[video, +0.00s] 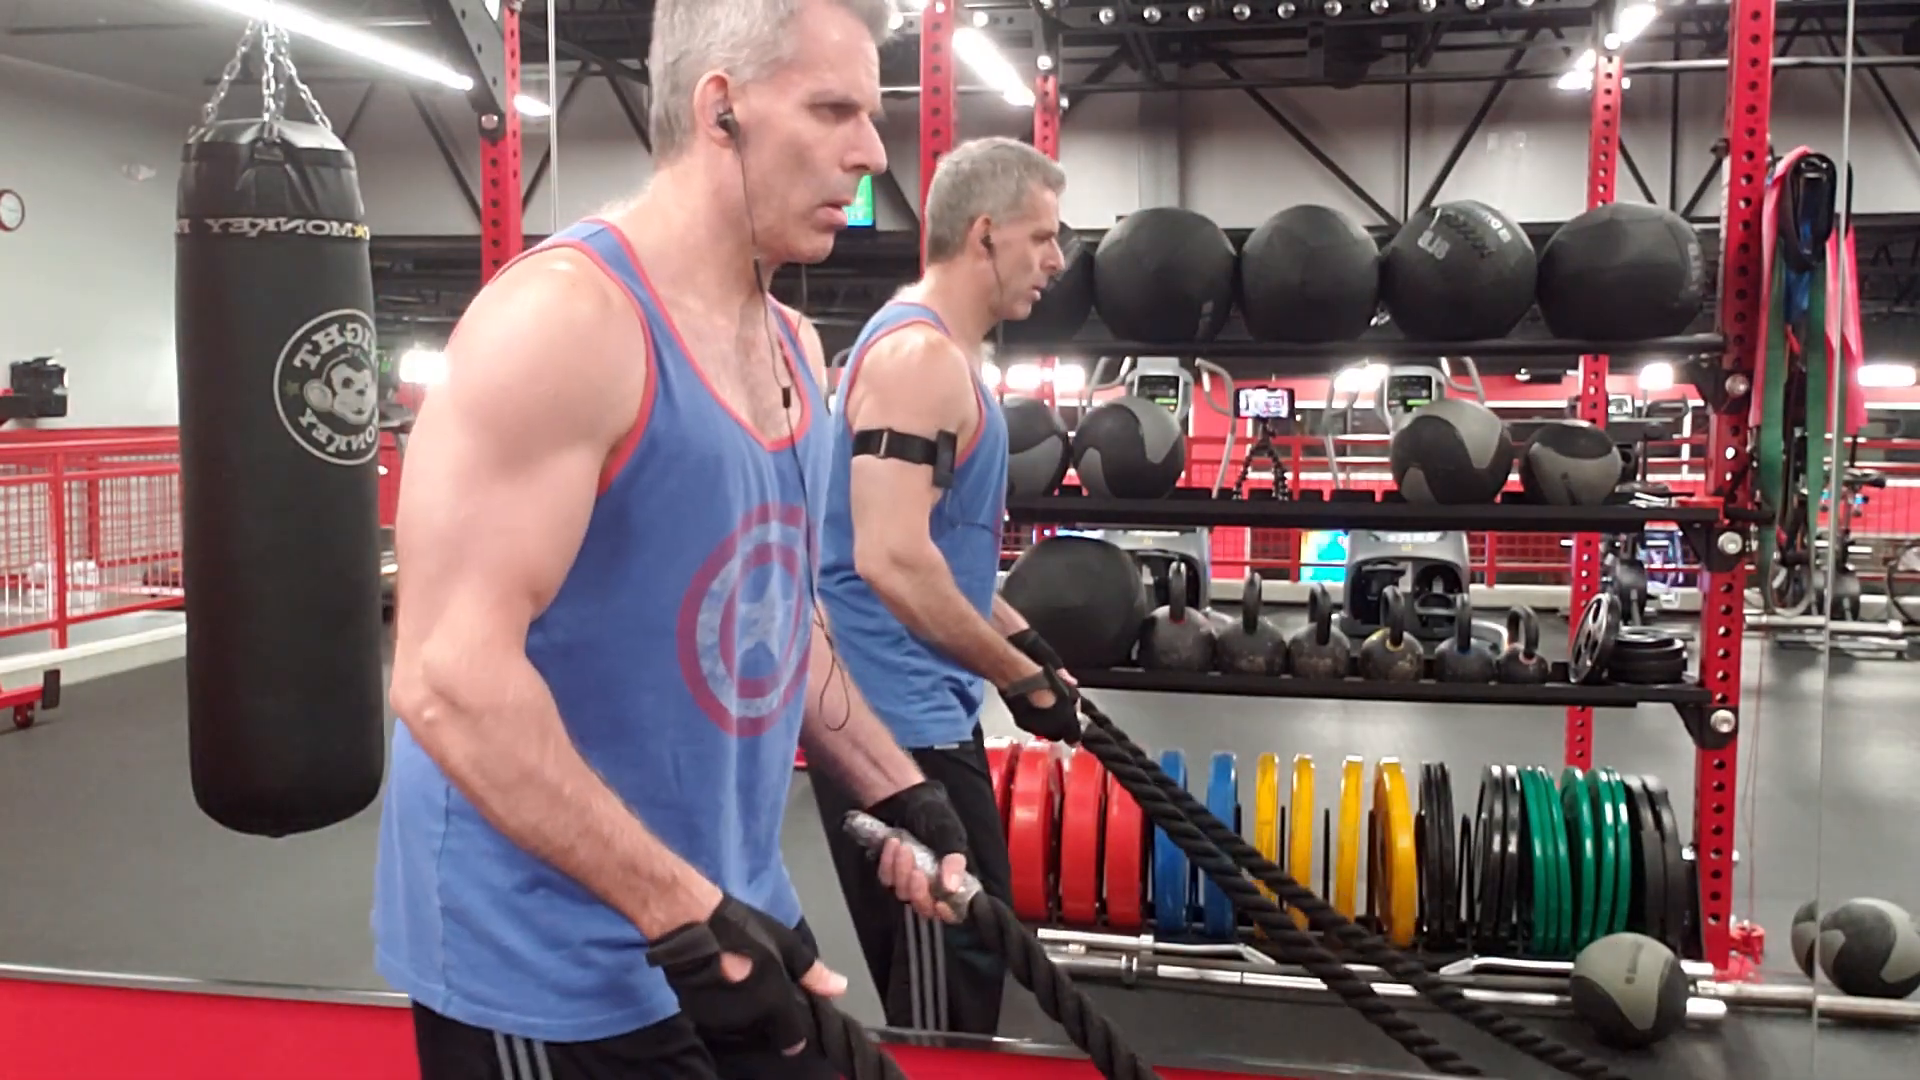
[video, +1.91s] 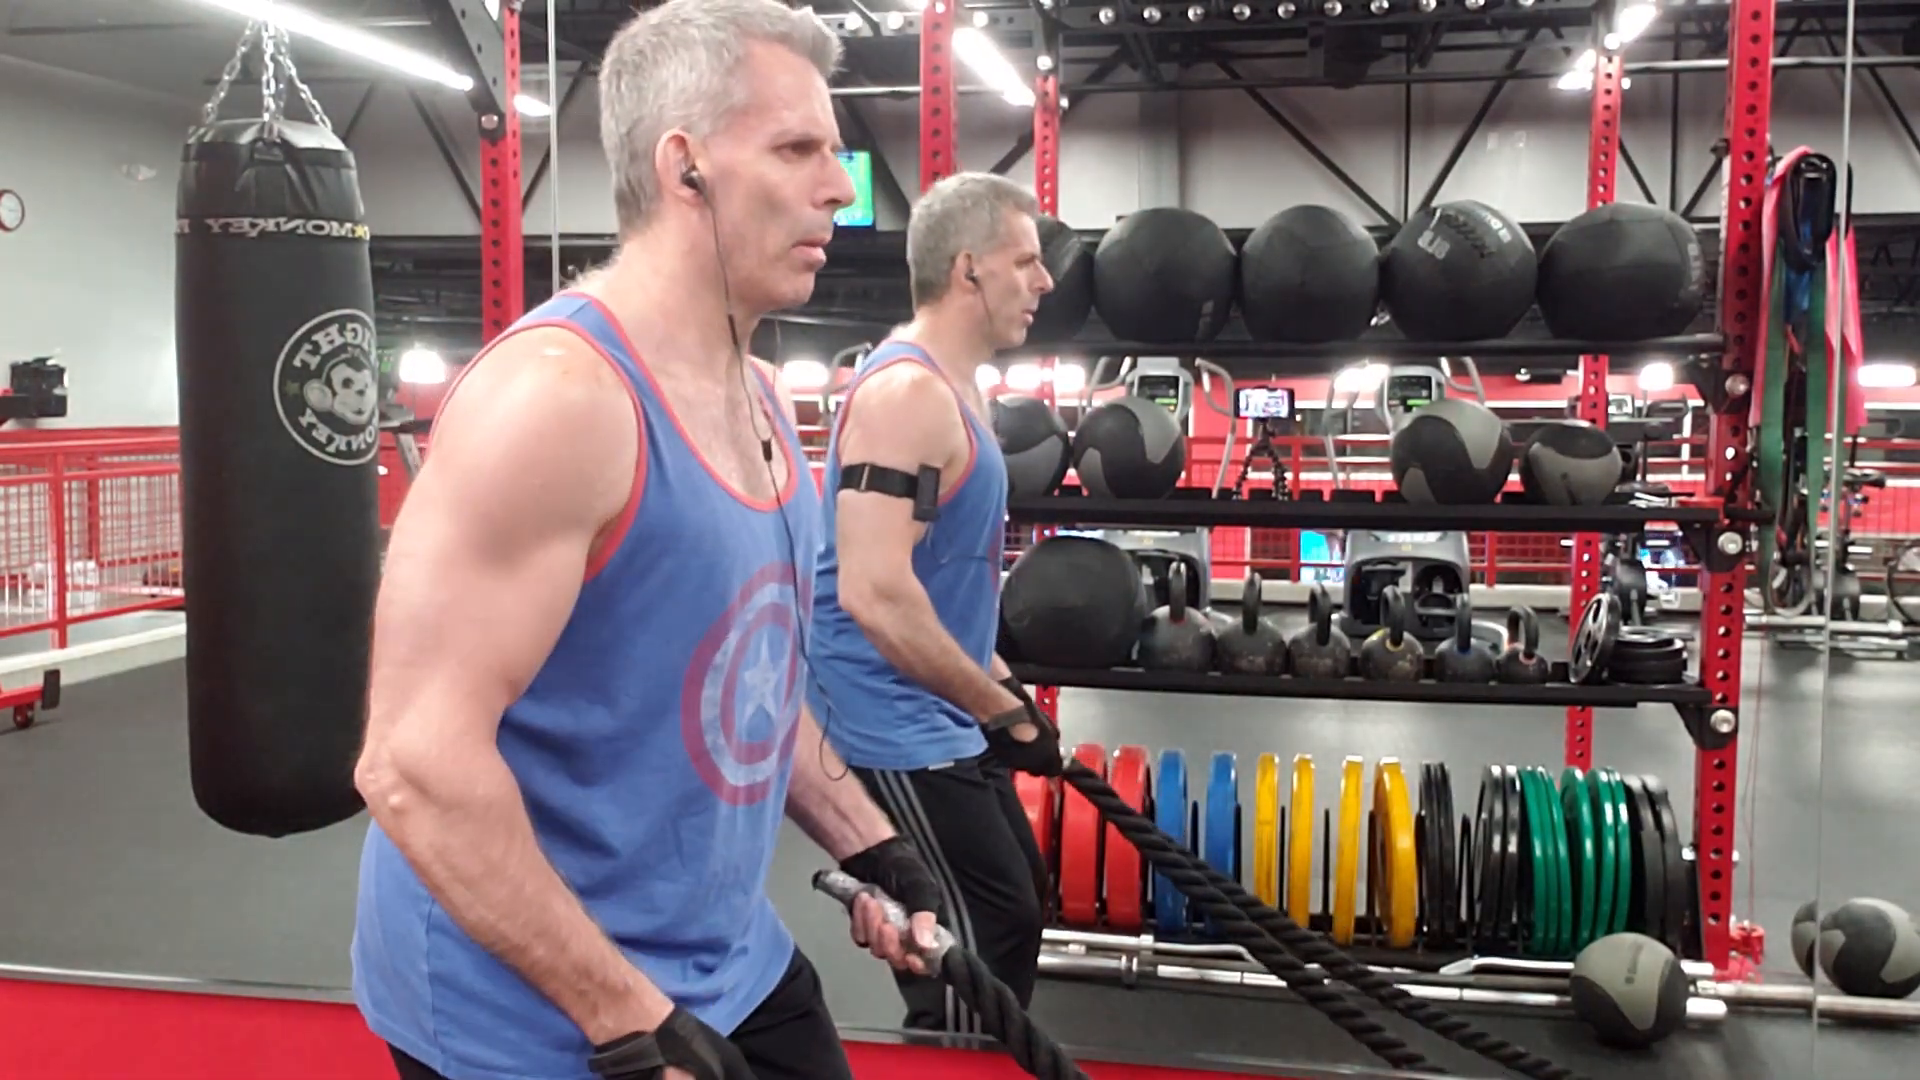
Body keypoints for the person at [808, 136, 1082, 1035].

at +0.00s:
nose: (1056, 262)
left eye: (1057, 240)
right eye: (1043, 238)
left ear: (988, 239)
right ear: (985, 235)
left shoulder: (942, 350)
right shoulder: (917, 354)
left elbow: (934, 544)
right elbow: (891, 556)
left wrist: (1020, 639)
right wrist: (1018, 678)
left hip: (928, 719)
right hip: (901, 728)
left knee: (961, 976)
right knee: (951, 984)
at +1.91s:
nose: (1045, 283)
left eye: (1041, 262)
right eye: (1028, 261)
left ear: (975, 274)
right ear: (970, 270)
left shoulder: (950, 390)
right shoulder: (905, 390)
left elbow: (939, 583)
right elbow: (877, 591)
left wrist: (1003, 687)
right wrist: (998, 707)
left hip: (946, 723)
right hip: (895, 729)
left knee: (1010, 921)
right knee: (995, 930)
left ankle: (971, 1073)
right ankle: (956, 1078)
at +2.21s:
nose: (1034, 285)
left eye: (1034, 264)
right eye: (1020, 262)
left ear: (966, 269)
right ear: (963, 267)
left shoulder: (943, 391)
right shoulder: (899, 393)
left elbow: (1000, 543)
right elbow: (871, 594)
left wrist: (1105, 612)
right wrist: (989, 721)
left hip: (924, 743)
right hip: (874, 752)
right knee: (989, 945)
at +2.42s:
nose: (1037, 296)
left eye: (1037, 275)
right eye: (1023, 273)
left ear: (971, 281)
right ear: (965, 277)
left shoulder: (943, 393)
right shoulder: (906, 392)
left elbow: (1000, 540)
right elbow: (884, 585)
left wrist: (1135, 539)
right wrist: (1011, 692)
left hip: (919, 708)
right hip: (871, 714)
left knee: (1012, 911)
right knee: (993, 922)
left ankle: (960, 1058)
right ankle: (952, 1063)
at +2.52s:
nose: (1034, 297)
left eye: (1035, 277)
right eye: (1019, 275)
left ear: (959, 279)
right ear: (957, 276)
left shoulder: (947, 393)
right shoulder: (898, 386)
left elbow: (946, 577)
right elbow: (916, 570)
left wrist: (1031, 659)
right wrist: (1076, 589)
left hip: (926, 715)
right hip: (866, 725)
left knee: (1022, 907)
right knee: (976, 929)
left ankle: (979, 1061)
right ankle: (952, 1068)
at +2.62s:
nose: (1032, 301)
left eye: (1032, 281)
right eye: (1018, 279)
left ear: (961, 283)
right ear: (955, 280)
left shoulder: (941, 394)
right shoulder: (899, 388)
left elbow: (969, 565)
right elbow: (950, 563)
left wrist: (1076, 574)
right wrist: (1084, 544)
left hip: (930, 716)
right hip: (872, 725)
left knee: (1024, 907)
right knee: (996, 929)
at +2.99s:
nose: (1042, 313)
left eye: (1041, 293)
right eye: (1027, 291)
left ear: (969, 295)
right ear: (967, 293)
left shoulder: (944, 395)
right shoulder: (909, 398)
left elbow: (975, 565)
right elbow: (959, 580)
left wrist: (1092, 581)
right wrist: (1107, 560)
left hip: (928, 728)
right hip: (876, 739)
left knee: (1029, 918)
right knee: (1007, 927)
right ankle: (923, 1067)